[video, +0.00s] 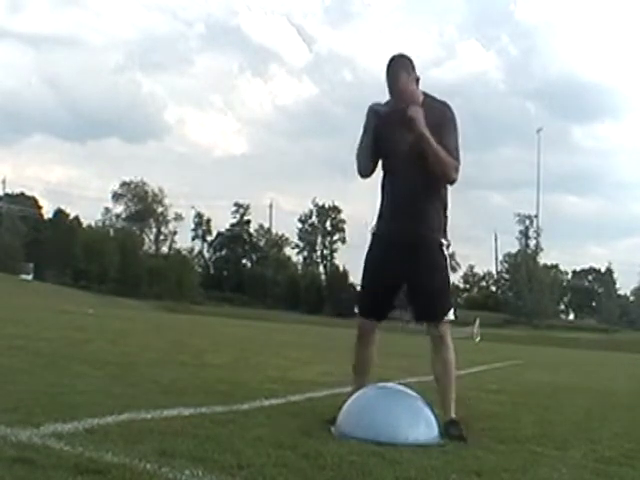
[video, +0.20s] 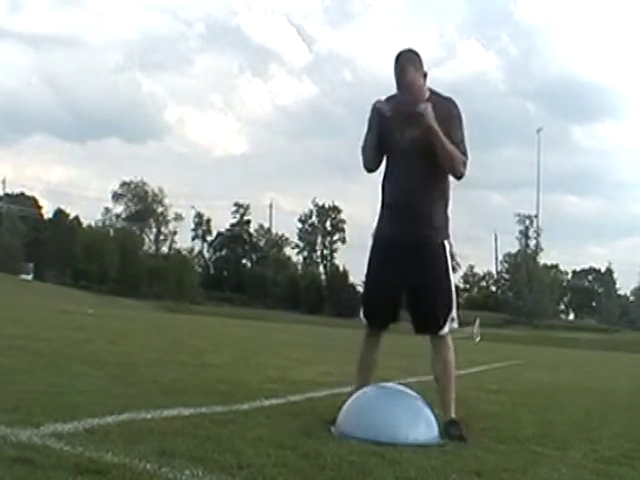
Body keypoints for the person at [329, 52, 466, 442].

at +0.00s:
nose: (395, 95)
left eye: (400, 87)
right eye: (390, 89)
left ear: (417, 80)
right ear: (386, 87)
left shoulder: (440, 112)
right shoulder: (379, 115)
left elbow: (451, 173)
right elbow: (365, 168)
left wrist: (421, 130)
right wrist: (376, 122)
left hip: (428, 237)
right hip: (387, 235)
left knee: (439, 330)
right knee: (366, 326)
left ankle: (449, 417)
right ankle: (358, 408)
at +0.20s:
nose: (404, 89)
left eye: (409, 82)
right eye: (399, 84)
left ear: (425, 76)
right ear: (394, 82)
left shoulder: (445, 108)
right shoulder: (384, 111)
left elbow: (459, 167)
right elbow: (370, 163)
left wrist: (430, 124)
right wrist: (381, 119)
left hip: (431, 235)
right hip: (389, 233)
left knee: (440, 332)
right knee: (374, 328)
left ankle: (449, 418)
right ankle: (357, 408)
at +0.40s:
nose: (423, 111)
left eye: (428, 104)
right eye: (417, 104)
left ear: (439, 100)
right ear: (408, 100)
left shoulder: (451, 127)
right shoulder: (387, 122)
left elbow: (468, 191)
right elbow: (358, 167)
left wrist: (451, 162)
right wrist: (372, 163)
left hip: (433, 243)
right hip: (391, 242)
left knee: (451, 328)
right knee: (373, 332)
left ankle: (452, 417)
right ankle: (349, 399)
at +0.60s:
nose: (432, 192)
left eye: (438, 187)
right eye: (428, 186)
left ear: (449, 179)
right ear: (419, 172)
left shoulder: (448, 186)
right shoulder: (397, 190)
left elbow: (458, 230)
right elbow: (353, 235)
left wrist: (451, 226)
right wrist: (382, 275)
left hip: (427, 278)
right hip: (391, 278)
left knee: (467, 333)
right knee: (393, 368)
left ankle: (456, 418)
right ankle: (348, 392)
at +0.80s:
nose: (435, 267)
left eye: (440, 261)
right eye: (429, 262)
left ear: (449, 243)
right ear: (417, 241)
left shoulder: (449, 234)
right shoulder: (390, 243)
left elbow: (466, 282)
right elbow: (356, 302)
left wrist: (444, 306)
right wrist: (388, 345)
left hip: (422, 309)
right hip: (386, 312)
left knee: (465, 329)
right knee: (386, 395)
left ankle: (455, 418)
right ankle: (344, 394)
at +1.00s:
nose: (420, 269)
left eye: (425, 265)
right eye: (415, 263)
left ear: (437, 250)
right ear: (405, 242)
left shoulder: (446, 262)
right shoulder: (382, 223)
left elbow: (422, 326)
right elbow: (344, 236)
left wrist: (386, 364)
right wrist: (349, 287)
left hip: (423, 302)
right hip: (381, 300)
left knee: (463, 331)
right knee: (373, 385)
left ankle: (454, 417)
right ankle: (340, 393)